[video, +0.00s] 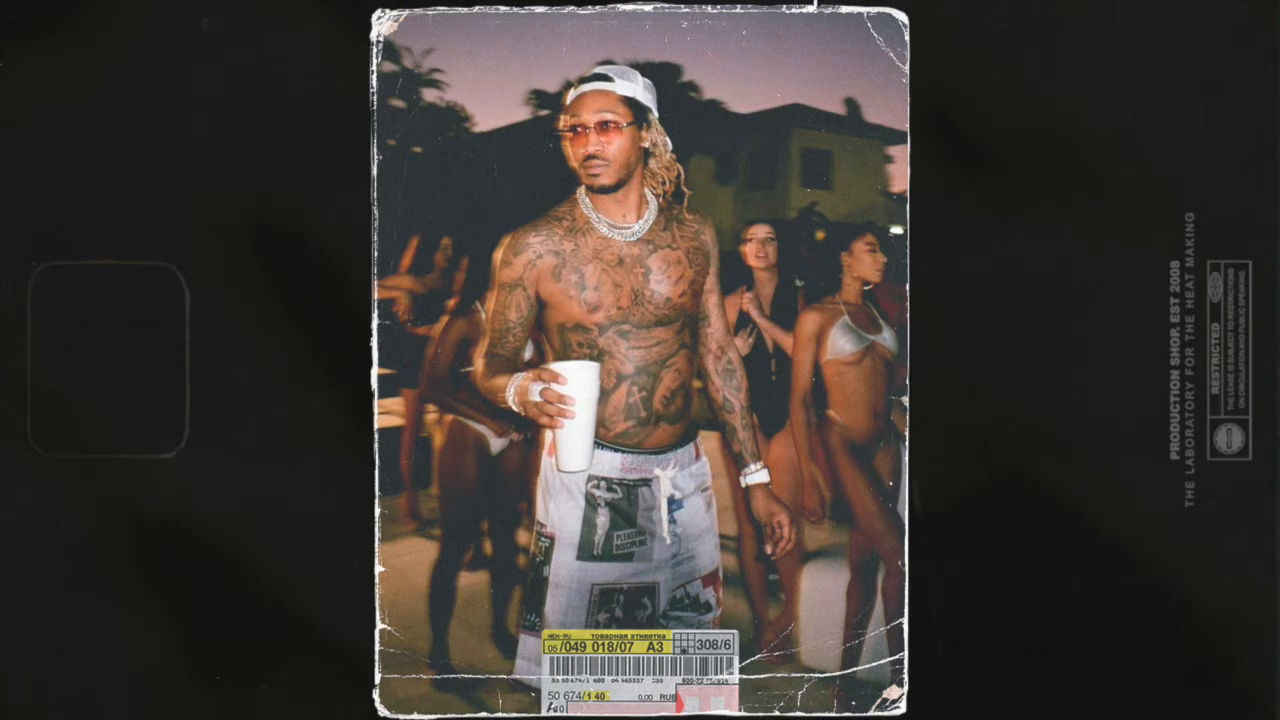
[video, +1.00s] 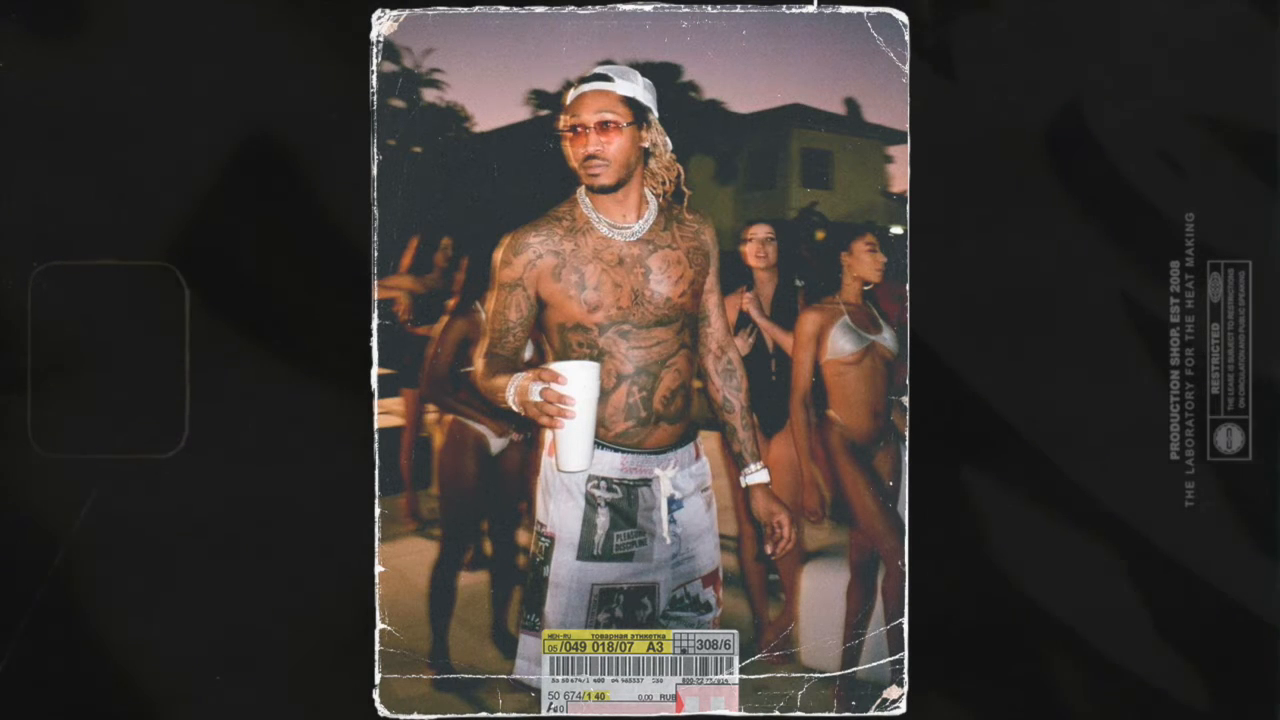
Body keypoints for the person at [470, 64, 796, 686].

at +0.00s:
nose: (590, 143)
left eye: (608, 126)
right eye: (576, 130)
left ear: (646, 138)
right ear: (565, 143)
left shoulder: (693, 236)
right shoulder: (532, 248)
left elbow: (720, 358)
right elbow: (491, 365)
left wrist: (756, 481)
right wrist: (516, 389)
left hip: (681, 477)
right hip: (582, 481)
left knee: (689, 663)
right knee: (572, 666)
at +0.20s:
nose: (590, 143)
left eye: (608, 126)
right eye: (576, 130)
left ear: (646, 138)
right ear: (565, 143)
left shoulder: (693, 236)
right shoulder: (532, 248)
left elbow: (720, 358)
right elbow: (491, 365)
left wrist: (756, 481)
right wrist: (516, 389)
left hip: (681, 477)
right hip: (582, 481)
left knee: (689, 663)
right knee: (573, 666)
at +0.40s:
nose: (590, 143)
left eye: (608, 126)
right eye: (576, 130)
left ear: (646, 138)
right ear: (565, 143)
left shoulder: (693, 236)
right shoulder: (532, 248)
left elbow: (720, 358)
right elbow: (491, 365)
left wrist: (756, 481)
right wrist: (516, 389)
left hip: (681, 477)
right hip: (582, 481)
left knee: (689, 663)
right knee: (573, 666)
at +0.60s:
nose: (590, 143)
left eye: (608, 126)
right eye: (576, 130)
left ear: (646, 138)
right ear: (565, 144)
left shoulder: (693, 235)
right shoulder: (532, 248)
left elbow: (720, 358)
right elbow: (491, 364)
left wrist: (756, 482)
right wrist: (516, 389)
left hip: (681, 476)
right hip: (583, 481)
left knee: (689, 663)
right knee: (573, 668)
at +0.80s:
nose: (590, 143)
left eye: (608, 126)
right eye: (576, 130)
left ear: (646, 138)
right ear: (565, 144)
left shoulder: (693, 235)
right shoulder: (532, 247)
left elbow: (720, 358)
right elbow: (491, 364)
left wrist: (756, 482)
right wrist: (516, 389)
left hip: (681, 476)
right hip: (583, 481)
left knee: (689, 663)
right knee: (573, 668)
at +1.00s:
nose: (590, 143)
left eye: (608, 126)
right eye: (576, 130)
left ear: (646, 138)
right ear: (565, 143)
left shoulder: (693, 235)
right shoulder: (532, 247)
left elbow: (720, 358)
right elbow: (491, 364)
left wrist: (756, 482)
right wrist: (516, 389)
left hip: (681, 476)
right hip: (583, 481)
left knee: (689, 663)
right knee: (573, 668)